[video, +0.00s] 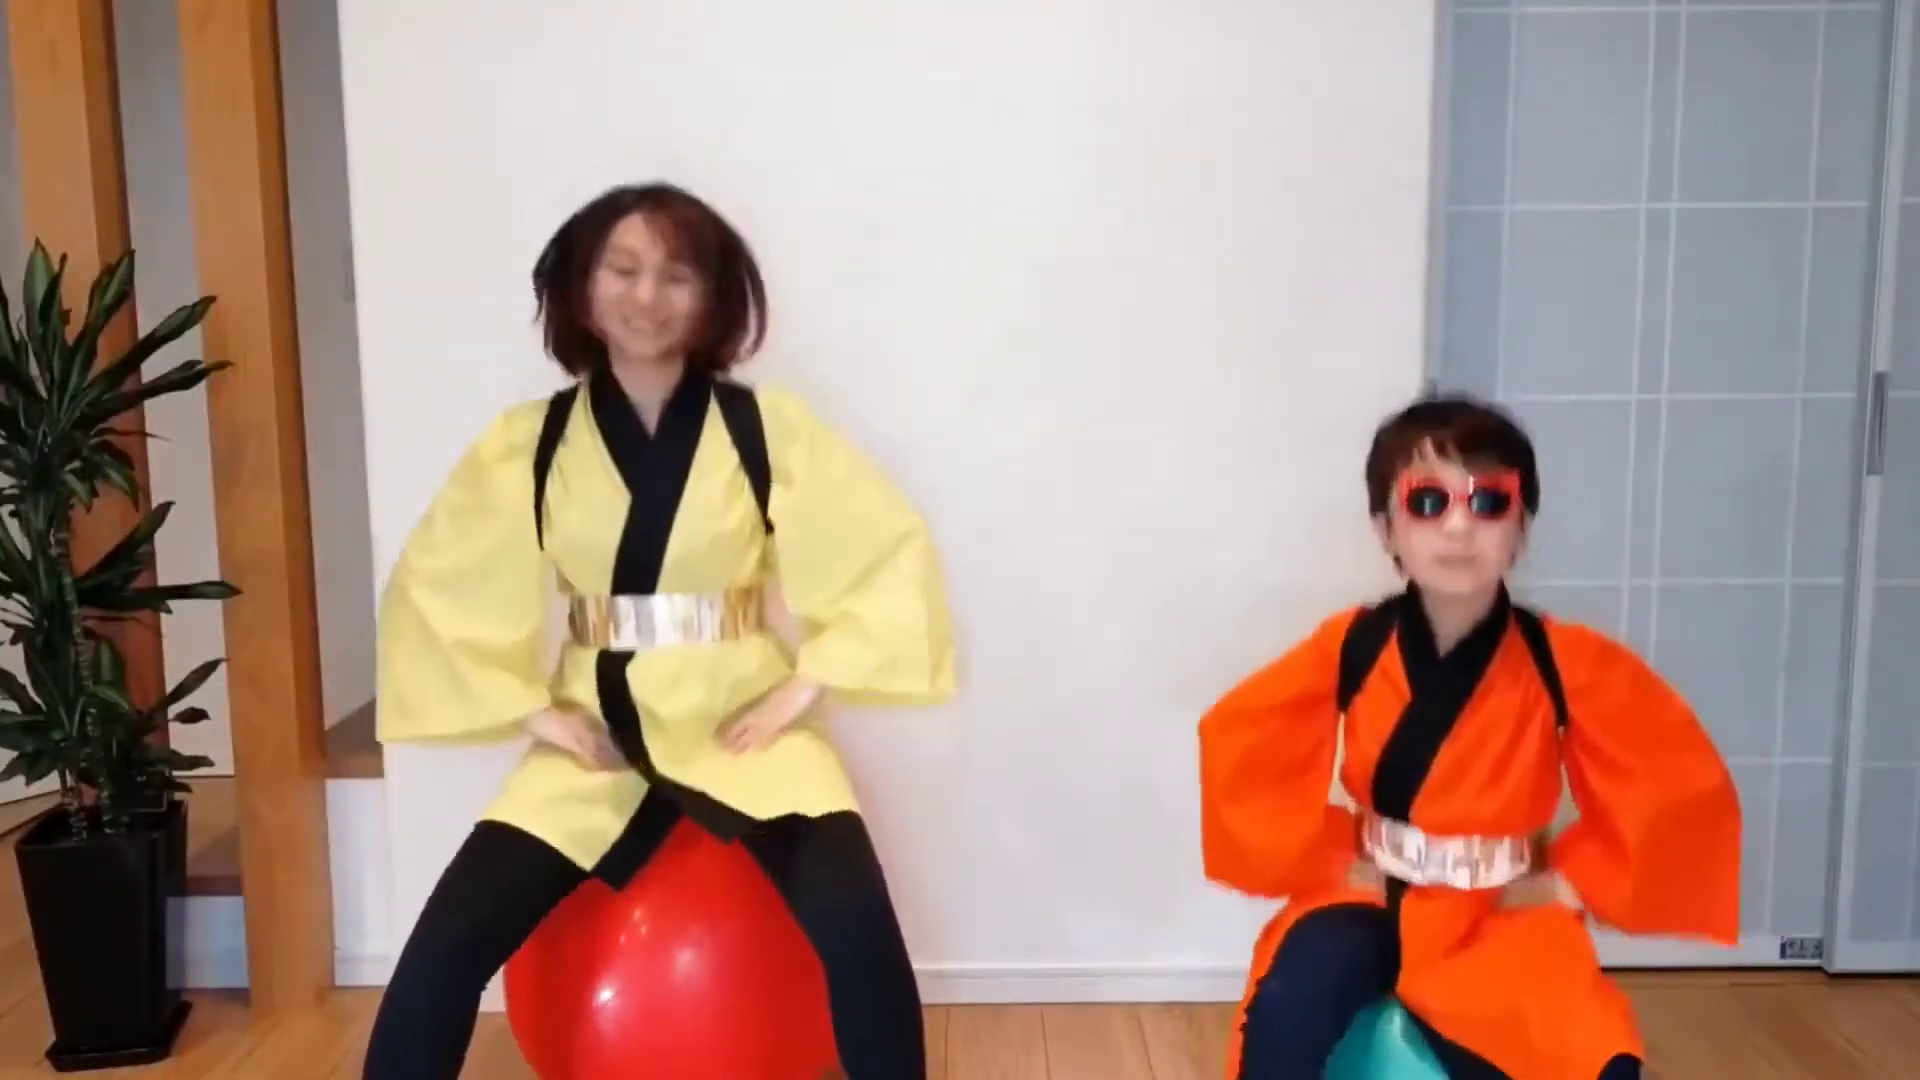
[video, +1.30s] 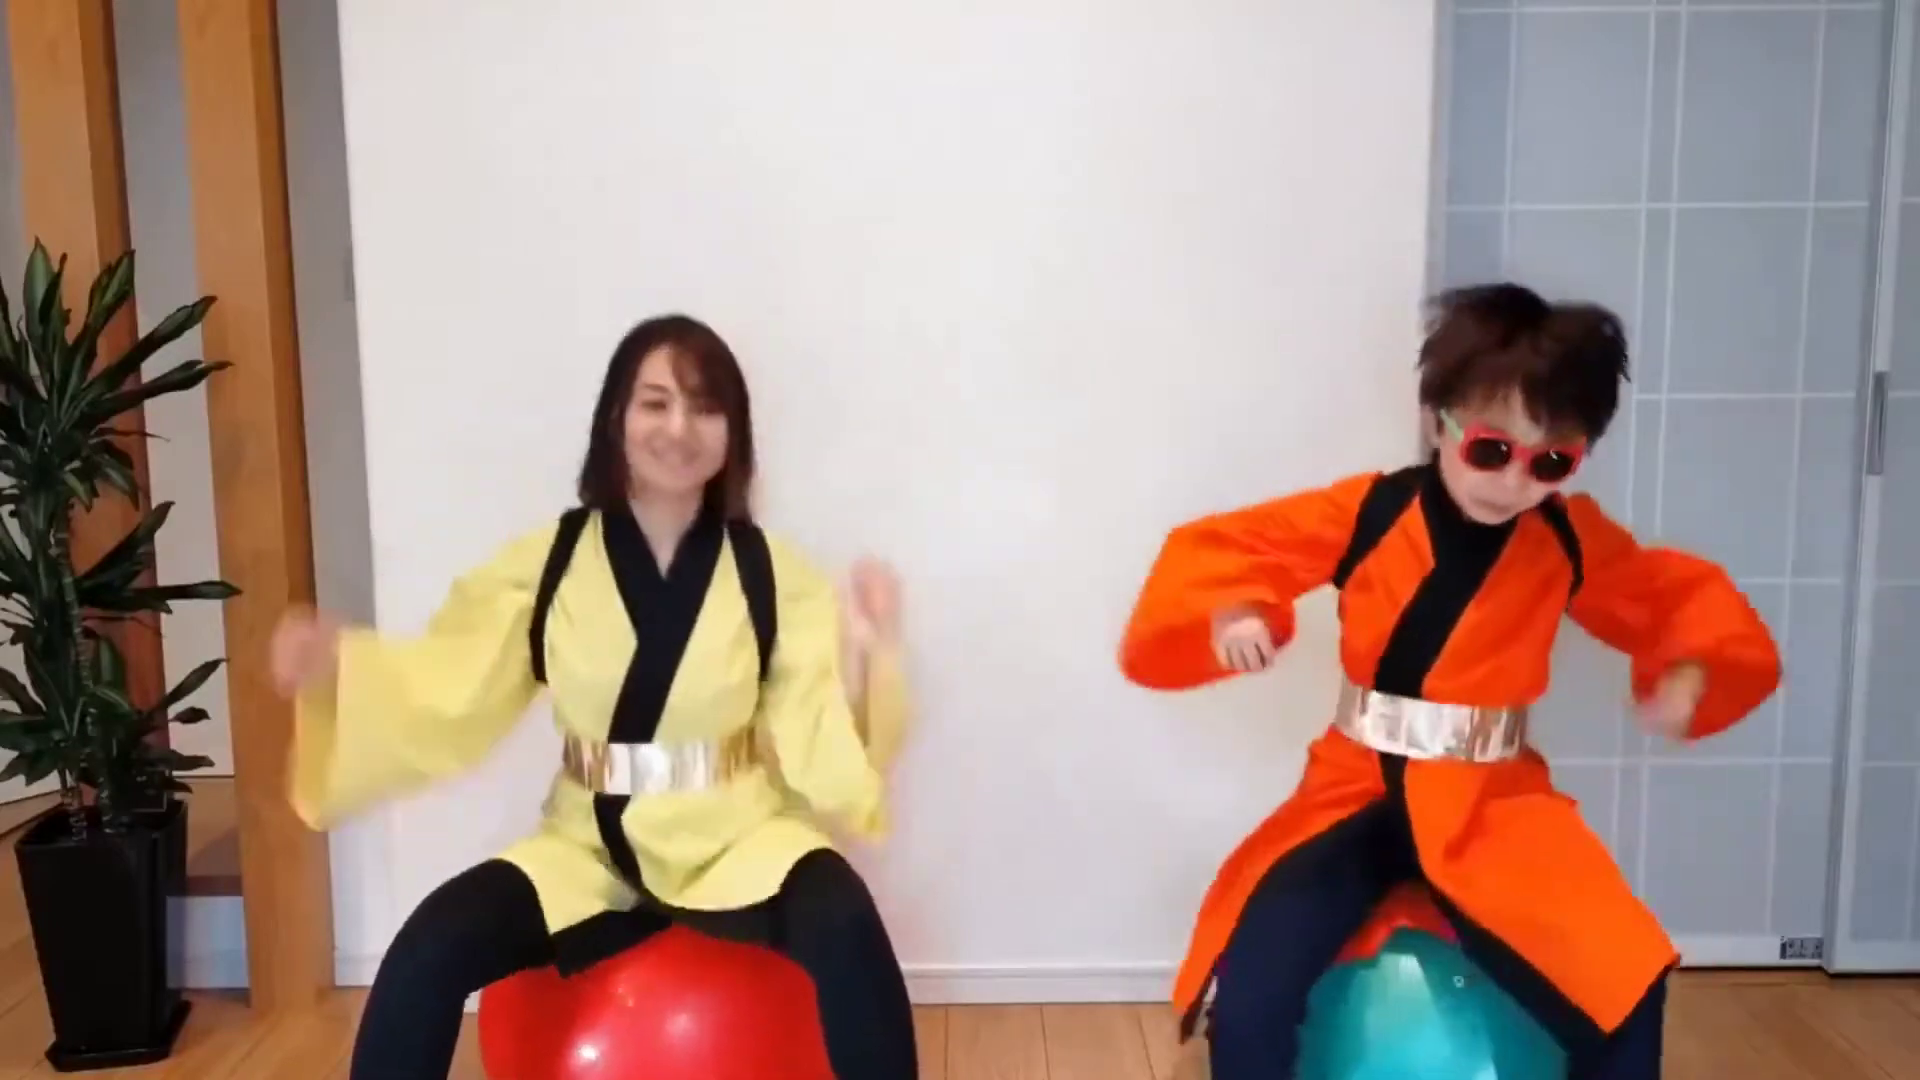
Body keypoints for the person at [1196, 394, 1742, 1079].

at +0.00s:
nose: (1459, 523)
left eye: (1489, 498)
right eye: (1427, 499)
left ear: (1521, 528)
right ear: (1385, 532)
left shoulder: (1564, 662)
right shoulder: (1352, 647)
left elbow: (1685, 787)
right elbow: (1233, 741)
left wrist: (1564, 879)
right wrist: (1331, 847)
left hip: (1506, 922)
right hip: (1372, 905)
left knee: (1600, 1056)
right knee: (1314, 964)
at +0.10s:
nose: (1463, 436)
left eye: (1492, 413)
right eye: (1432, 415)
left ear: (1527, 443)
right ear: (1389, 449)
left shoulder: (1562, 574)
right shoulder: (1354, 563)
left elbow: (1678, 696)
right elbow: (1237, 669)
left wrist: (1566, 813)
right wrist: (1338, 797)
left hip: (1508, 849)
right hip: (1370, 839)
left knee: (1590, 1036)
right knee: (1284, 993)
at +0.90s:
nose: (1470, 542)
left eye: (1499, 521)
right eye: (1438, 516)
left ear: (1524, 536)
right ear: (1387, 531)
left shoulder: (1554, 654)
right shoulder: (1346, 642)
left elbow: (1678, 765)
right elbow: (1227, 741)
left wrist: (1571, 863)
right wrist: (1329, 837)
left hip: (1502, 906)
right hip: (1366, 895)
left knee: (1585, 1045)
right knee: (1314, 964)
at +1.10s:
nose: (1474, 514)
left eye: (1507, 492)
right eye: (1445, 484)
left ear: (1535, 499)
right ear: (1394, 487)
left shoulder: (1558, 614)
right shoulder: (1350, 599)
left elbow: (1654, 706)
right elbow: (1236, 678)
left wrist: (1595, 792)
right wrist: (1304, 792)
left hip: (1495, 880)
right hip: (1358, 868)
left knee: (1593, 1052)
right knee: (1258, 1026)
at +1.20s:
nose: (1494, 470)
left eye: (1528, 449)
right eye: (1468, 439)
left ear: (1558, 443)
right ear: (1414, 421)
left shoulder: (1562, 538)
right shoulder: (1359, 520)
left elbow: (1694, 613)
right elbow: (1219, 578)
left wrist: (1672, 664)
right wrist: (1250, 662)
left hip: (1493, 820)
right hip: (1355, 809)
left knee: (1614, 1020)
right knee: (1255, 996)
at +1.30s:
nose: (1515, 484)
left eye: (1551, 463)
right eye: (1491, 449)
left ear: (1580, 454)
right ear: (1434, 420)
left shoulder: (1568, 539)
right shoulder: (1371, 511)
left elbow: (1690, 598)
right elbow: (1216, 549)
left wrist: (1699, 665)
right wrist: (1227, 606)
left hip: (1495, 812)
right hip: (1356, 799)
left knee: (1629, 977)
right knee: (1254, 969)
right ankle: (1248, 1071)